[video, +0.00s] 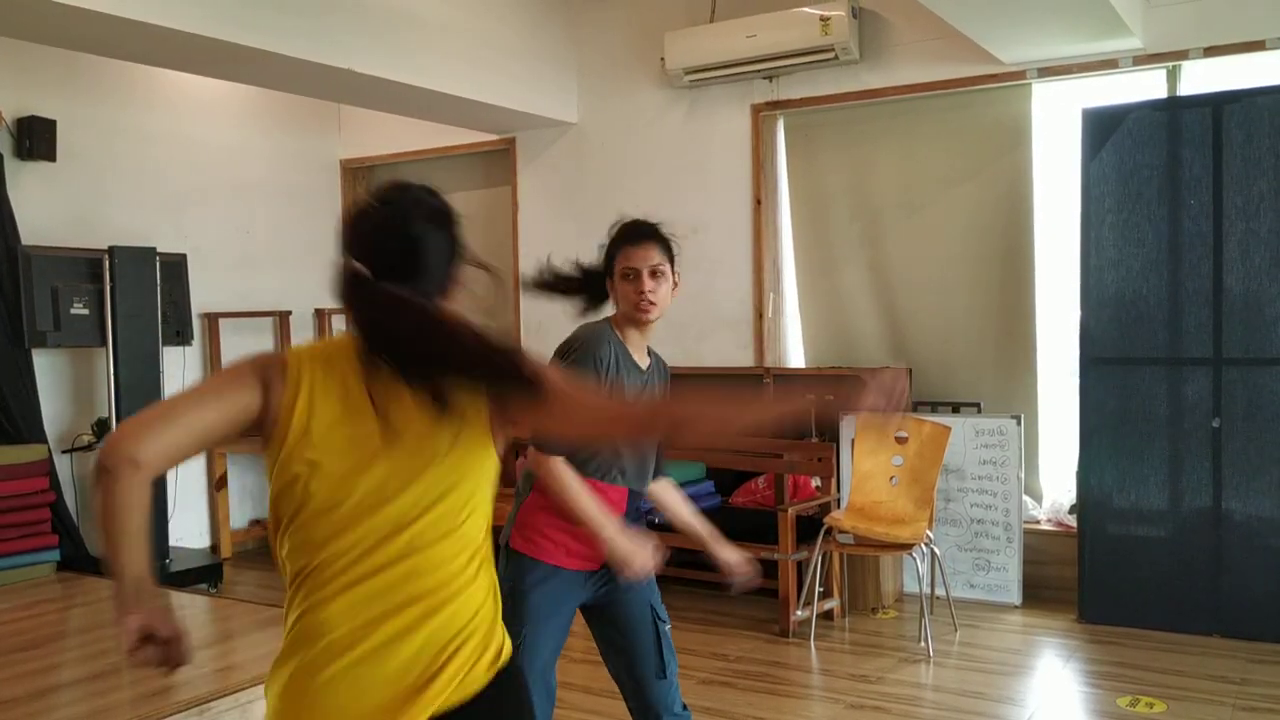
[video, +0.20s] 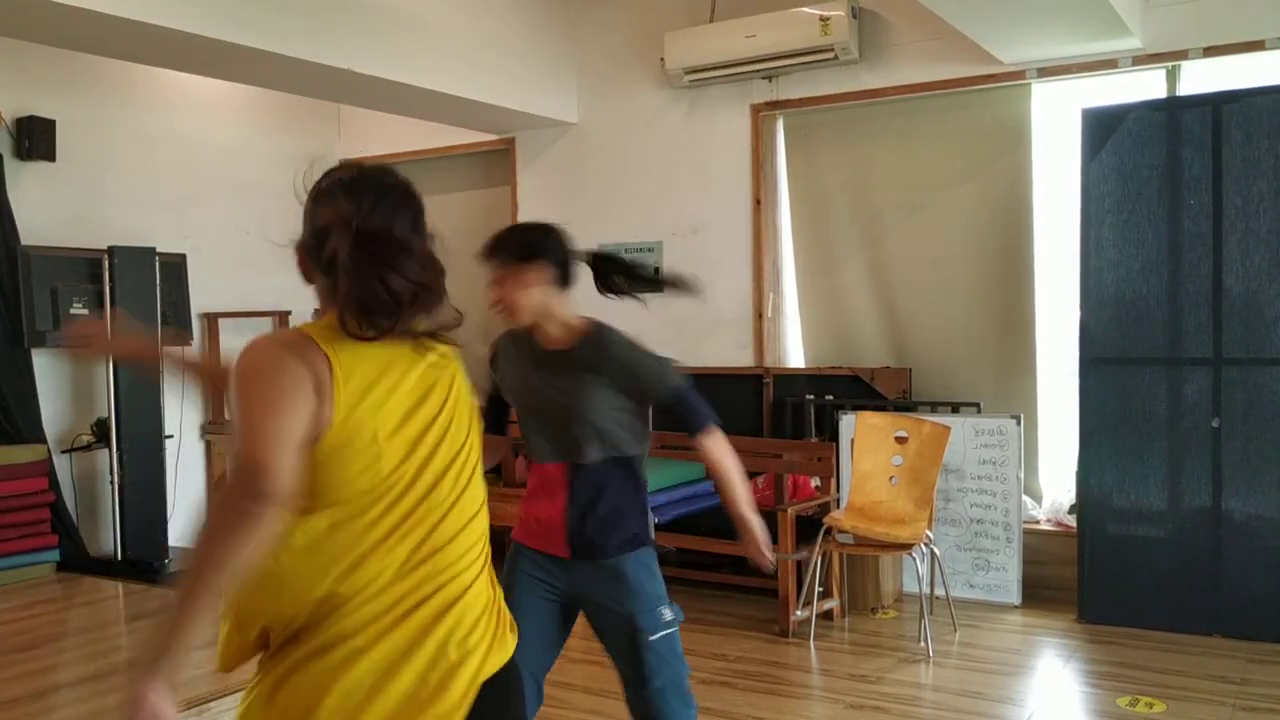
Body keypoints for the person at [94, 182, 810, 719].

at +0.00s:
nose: (642, 282)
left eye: (656, 269)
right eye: (466, 267)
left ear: (348, 274)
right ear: (453, 280)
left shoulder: (283, 378)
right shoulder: (485, 383)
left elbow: (126, 455)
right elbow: (646, 425)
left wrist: (135, 596)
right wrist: (826, 398)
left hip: (324, 695)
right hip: (470, 682)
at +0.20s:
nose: (299, 249)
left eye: (305, 234)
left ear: (308, 257)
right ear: (417, 251)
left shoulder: (285, 362)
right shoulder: (443, 362)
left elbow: (263, 495)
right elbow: (325, 411)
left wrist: (160, 668)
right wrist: (154, 352)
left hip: (339, 690)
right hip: (478, 679)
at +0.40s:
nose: (229, 303)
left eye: (228, 287)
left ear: (232, 301)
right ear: (343, 308)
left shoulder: (283, 411)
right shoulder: (367, 386)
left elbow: (451, 536)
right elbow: (251, 556)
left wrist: (536, 702)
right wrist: (169, 472)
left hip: (354, 704)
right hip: (444, 695)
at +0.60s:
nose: (441, 334)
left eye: (438, 319)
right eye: (435, 323)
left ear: (458, 303)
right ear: (471, 297)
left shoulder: (521, 341)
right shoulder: (517, 347)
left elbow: (480, 449)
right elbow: (597, 428)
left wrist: (405, 448)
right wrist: (639, 490)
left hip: (594, 546)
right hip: (531, 550)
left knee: (640, 702)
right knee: (498, 695)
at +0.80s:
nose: (473, 303)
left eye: (484, 288)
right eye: (468, 290)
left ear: (522, 286)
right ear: (464, 293)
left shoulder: (548, 349)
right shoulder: (508, 364)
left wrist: (497, 463)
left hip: (606, 556)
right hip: (534, 559)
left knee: (654, 702)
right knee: (502, 696)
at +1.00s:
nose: (646, 285)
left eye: (651, 275)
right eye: (633, 271)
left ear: (656, 281)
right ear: (591, 276)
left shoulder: (644, 350)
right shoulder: (546, 343)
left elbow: (614, 425)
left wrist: (670, 419)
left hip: (614, 547)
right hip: (540, 552)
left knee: (659, 701)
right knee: (512, 700)